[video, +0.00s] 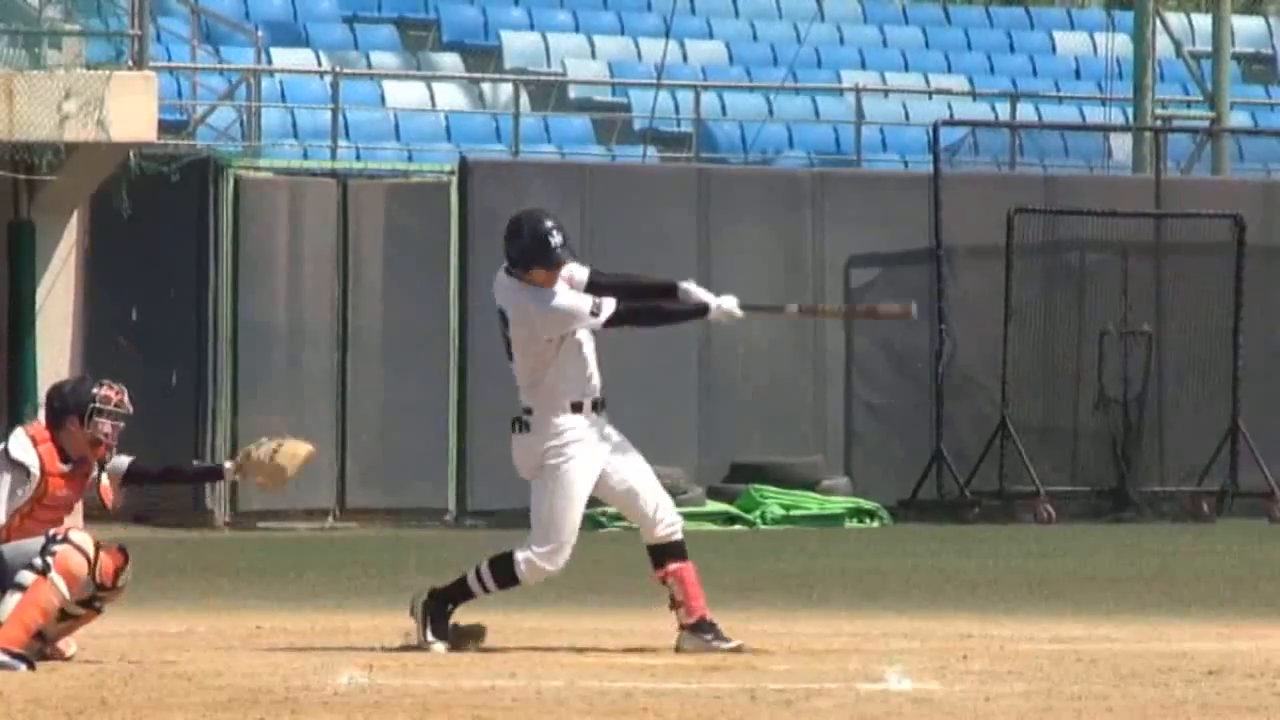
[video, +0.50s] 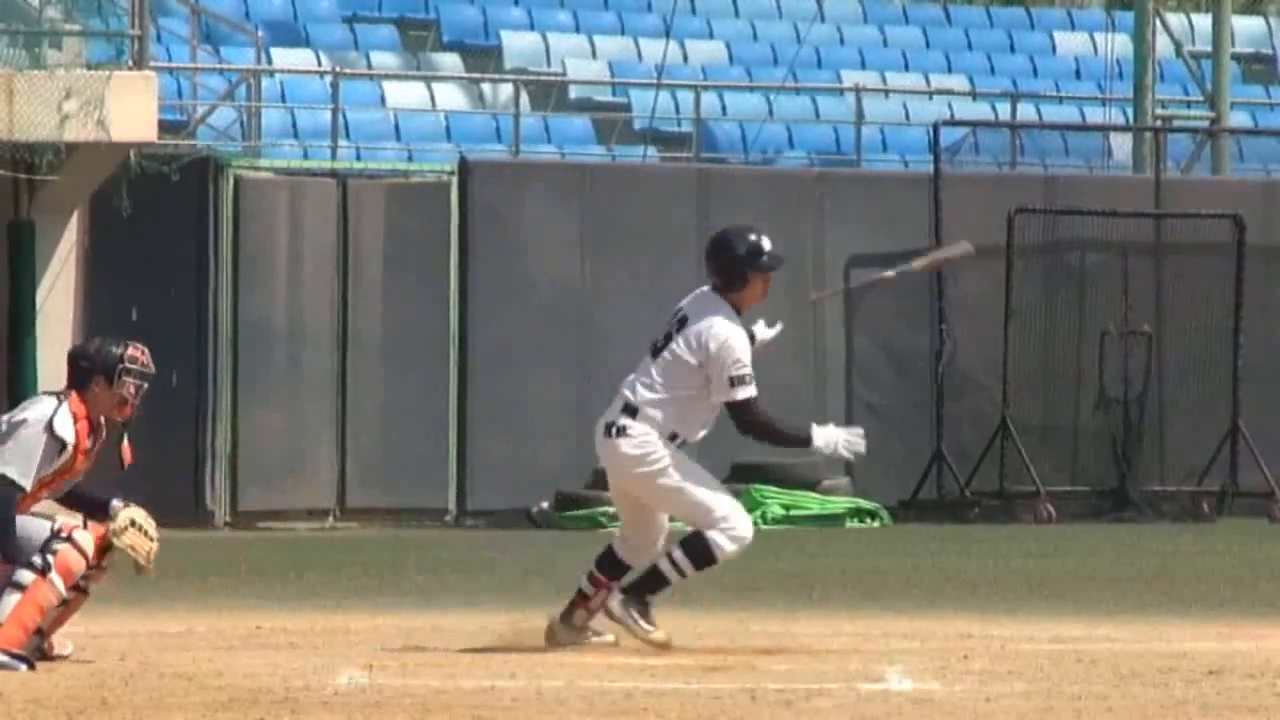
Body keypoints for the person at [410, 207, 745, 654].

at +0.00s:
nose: (556, 272)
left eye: (557, 262)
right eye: (546, 266)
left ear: (556, 253)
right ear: (520, 266)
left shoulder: (535, 269)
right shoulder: (542, 305)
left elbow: (604, 284)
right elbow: (625, 315)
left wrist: (678, 289)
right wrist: (704, 311)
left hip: (590, 424)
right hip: (557, 431)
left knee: (660, 516)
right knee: (547, 555)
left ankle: (695, 624)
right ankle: (440, 603)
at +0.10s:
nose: (587, 265)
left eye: (587, 257)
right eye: (579, 259)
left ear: (544, 261)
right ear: (553, 262)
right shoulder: (578, 306)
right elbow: (633, 284)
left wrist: (671, 281)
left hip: (598, 440)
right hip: (567, 447)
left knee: (688, 500)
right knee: (531, 566)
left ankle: (652, 615)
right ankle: (419, 609)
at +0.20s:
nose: (630, 268)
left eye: (628, 260)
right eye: (622, 263)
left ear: (584, 265)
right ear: (600, 268)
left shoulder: (555, 298)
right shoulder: (616, 313)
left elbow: (614, 290)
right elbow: (660, 285)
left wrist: (659, 261)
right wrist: (673, 256)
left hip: (604, 455)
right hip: (579, 459)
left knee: (676, 530)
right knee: (527, 570)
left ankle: (596, 612)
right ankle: (411, 611)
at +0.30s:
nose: (684, 276)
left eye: (684, 268)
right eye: (677, 268)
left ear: (636, 267)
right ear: (652, 270)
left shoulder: (602, 299)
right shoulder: (664, 318)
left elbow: (667, 314)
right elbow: (713, 315)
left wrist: (718, 305)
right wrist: (719, 295)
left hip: (604, 453)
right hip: (599, 458)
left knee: (655, 541)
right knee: (575, 584)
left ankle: (575, 623)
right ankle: (450, 594)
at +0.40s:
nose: (733, 284)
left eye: (733, 275)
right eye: (726, 276)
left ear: (687, 276)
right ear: (704, 279)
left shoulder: (660, 302)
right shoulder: (702, 336)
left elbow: (696, 353)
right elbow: (743, 403)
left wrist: (748, 344)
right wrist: (789, 379)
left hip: (590, 445)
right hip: (617, 453)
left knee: (645, 543)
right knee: (680, 564)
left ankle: (579, 615)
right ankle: (560, 582)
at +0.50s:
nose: (769, 282)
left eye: (769, 272)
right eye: (763, 273)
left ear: (725, 274)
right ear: (741, 277)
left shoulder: (701, 300)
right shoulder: (727, 334)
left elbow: (696, 353)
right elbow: (750, 420)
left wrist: (746, 342)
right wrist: (817, 438)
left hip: (619, 433)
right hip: (641, 443)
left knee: (643, 540)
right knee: (733, 527)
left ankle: (572, 621)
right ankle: (634, 598)